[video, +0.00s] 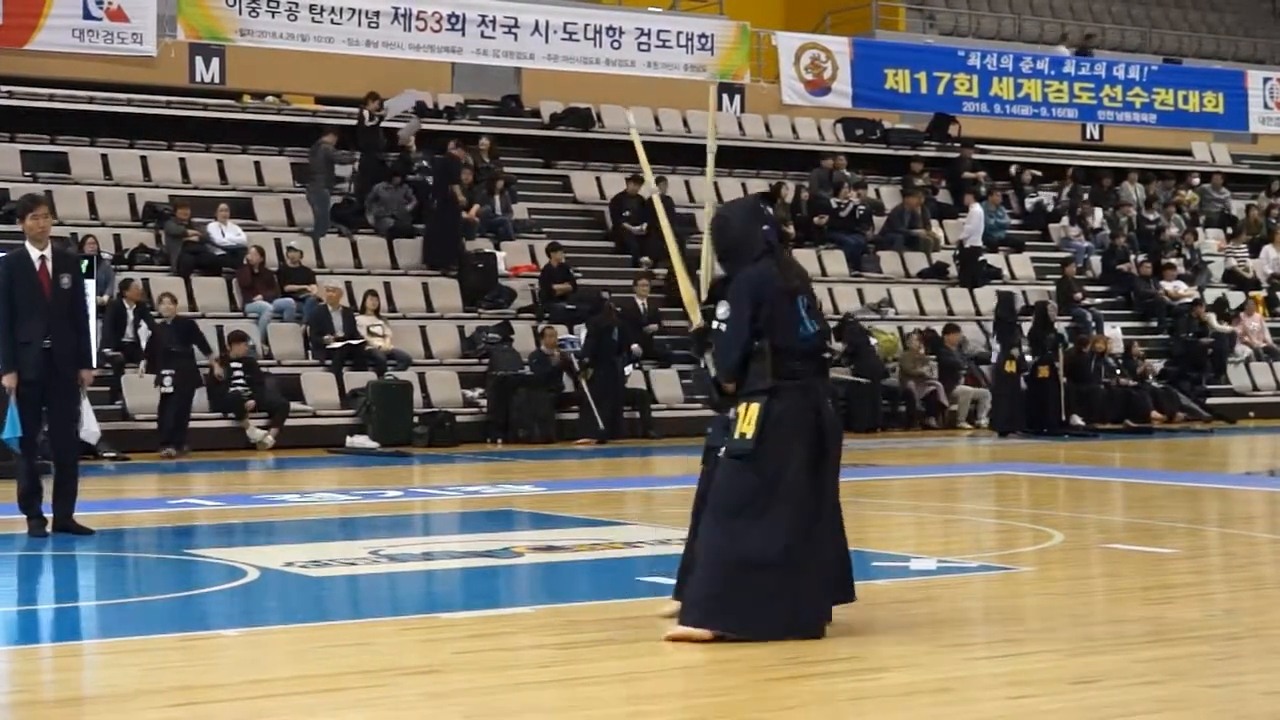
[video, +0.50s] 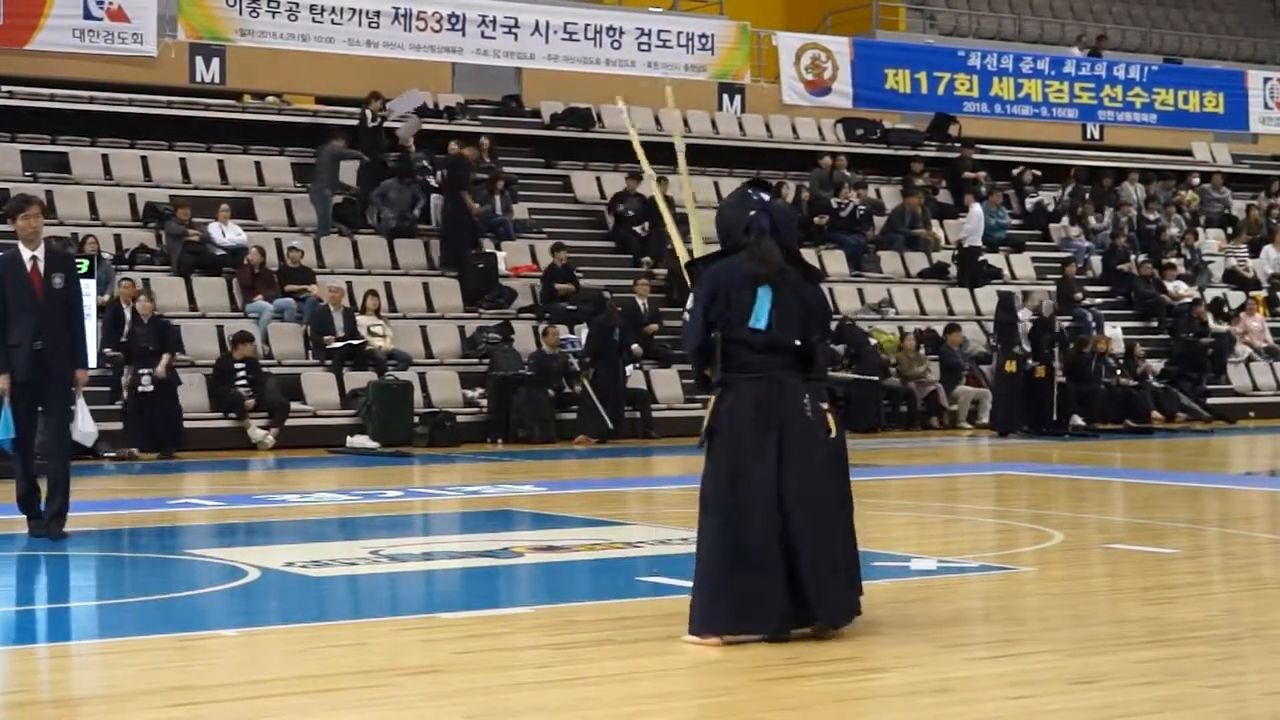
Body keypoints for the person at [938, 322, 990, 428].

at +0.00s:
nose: (959, 338)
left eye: (959, 335)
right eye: (956, 335)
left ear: (960, 336)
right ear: (947, 336)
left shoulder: (957, 351)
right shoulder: (942, 351)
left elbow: (970, 358)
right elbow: (956, 363)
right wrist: (964, 363)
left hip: (962, 385)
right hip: (948, 386)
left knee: (985, 394)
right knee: (967, 392)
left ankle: (981, 420)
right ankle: (961, 421)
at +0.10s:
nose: (959, 339)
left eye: (960, 336)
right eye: (956, 336)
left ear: (960, 337)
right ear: (947, 336)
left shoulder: (957, 351)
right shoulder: (942, 352)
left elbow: (970, 359)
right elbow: (955, 363)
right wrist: (964, 363)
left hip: (962, 385)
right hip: (948, 386)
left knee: (986, 393)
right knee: (967, 392)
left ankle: (982, 419)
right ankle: (961, 421)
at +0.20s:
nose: (960, 339)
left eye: (960, 336)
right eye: (957, 335)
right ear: (948, 336)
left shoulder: (957, 351)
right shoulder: (943, 351)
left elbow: (969, 359)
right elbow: (956, 363)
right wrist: (964, 363)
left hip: (962, 385)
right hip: (949, 386)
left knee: (985, 393)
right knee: (967, 392)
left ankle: (982, 420)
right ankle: (961, 421)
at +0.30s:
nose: (960, 338)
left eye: (960, 335)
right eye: (957, 335)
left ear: (961, 336)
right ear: (948, 336)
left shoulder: (958, 351)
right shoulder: (944, 351)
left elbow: (971, 358)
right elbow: (955, 363)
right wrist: (964, 363)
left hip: (963, 385)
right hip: (950, 386)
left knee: (986, 393)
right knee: (967, 392)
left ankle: (982, 419)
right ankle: (961, 421)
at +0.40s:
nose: (960, 338)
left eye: (960, 335)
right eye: (957, 334)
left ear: (961, 336)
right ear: (948, 336)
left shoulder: (958, 351)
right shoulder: (944, 351)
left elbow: (970, 359)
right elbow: (956, 363)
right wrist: (965, 363)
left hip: (963, 385)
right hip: (950, 386)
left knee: (986, 393)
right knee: (967, 392)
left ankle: (982, 419)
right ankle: (961, 421)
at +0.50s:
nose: (961, 337)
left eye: (961, 335)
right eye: (958, 334)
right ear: (948, 336)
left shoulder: (958, 351)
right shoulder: (945, 351)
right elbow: (956, 363)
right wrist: (966, 364)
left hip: (963, 385)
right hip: (950, 386)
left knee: (986, 393)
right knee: (967, 392)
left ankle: (983, 419)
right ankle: (961, 421)